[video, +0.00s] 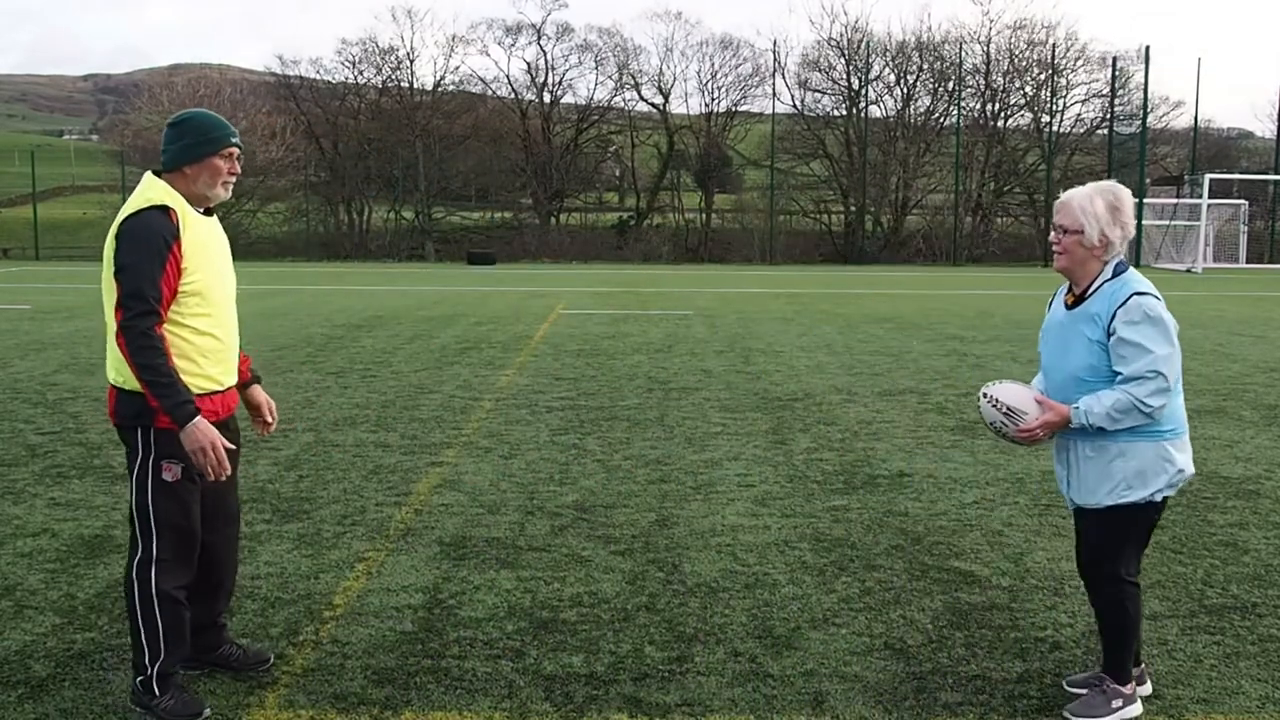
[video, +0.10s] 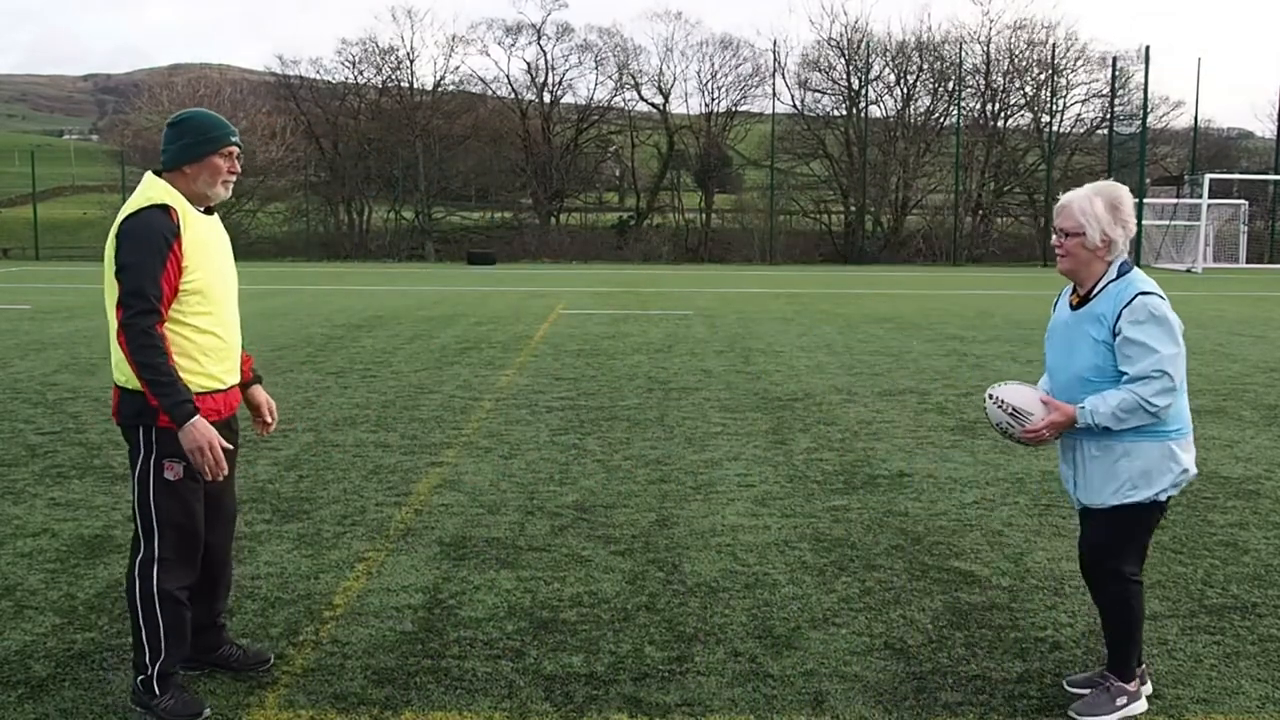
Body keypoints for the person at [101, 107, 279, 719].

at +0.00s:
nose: (234, 169)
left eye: (236, 159)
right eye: (224, 157)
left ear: (214, 165)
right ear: (187, 159)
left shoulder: (202, 218)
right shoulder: (150, 219)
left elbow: (210, 314)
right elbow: (138, 329)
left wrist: (246, 382)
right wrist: (186, 417)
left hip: (211, 408)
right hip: (159, 413)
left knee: (214, 536)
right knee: (165, 551)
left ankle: (205, 643)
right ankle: (156, 682)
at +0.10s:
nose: (233, 168)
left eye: (236, 158)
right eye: (223, 156)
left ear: (219, 165)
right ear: (186, 158)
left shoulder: (203, 218)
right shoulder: (150, 218)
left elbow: (212, 313)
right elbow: (139, 328)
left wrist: (248, 381)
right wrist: (184, 416)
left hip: (212, 409)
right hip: (162, 414)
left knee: (211, 539)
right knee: (167, 551)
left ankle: (205, 643)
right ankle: (156, 682)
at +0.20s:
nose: (233, 167)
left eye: (236, 157)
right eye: (223, 155)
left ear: (221, 165)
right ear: (185, 158)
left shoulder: (205, 218)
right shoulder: (151, 218)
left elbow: (214, 313)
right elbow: (139, 328)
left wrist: (250, 381)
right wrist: (185, 415)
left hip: (213, 409)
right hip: (162, 412)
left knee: (213, 538)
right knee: (167, 549)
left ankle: (205, 643)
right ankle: (156, 682)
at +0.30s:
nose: (232, 168)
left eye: (235, 158)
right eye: (222, 156)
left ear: (220, 166)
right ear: (185, 159)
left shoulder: (204, 218)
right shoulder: (150, 219)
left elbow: (214, 313)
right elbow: (139, 328)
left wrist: (251, 381)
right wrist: (187, 415)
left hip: (213, 409)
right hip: (163, 414)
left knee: (212, 537)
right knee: (166, 550)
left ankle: (205, 642)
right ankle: (156, 683)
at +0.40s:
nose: (233, 167)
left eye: (235, 157)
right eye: (222, 155)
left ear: (219, 166)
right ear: (185, 159)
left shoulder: (204, 218)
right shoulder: (151, 218)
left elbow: (214, 314)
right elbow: (139, 328)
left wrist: (253, 380)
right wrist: (189, 414)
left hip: (214, 408)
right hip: (164, 413)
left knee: (213, 536)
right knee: (166, 549)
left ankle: (205, 641)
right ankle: (155, 680)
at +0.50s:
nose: (233, 167)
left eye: (235, 157)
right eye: (223, 155)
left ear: (219, 166)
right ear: (185, 159)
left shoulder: (204, 217)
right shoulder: (151, 218)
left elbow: (214, 315)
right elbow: (139, 328)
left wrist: (253, 380)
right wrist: (190, 414)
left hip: (215, 408)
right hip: (164, 413)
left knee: (214, 537)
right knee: (167, 549)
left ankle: (204, 641)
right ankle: (156, 679)